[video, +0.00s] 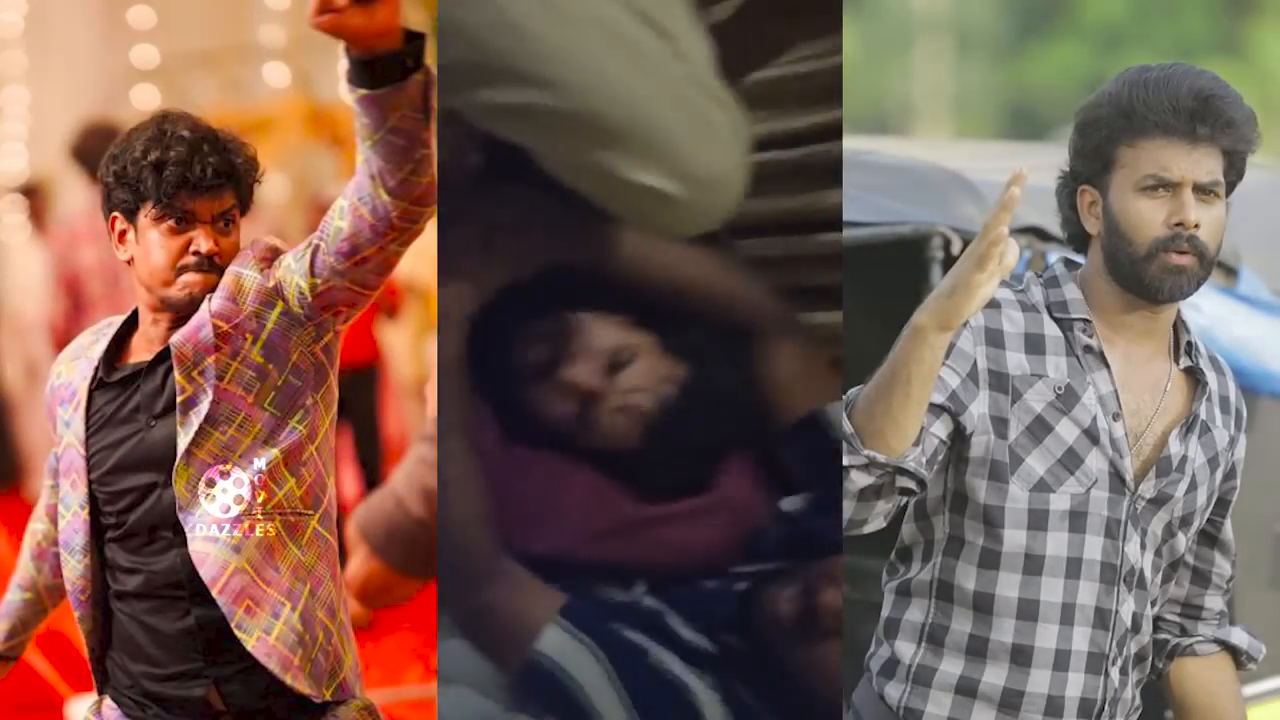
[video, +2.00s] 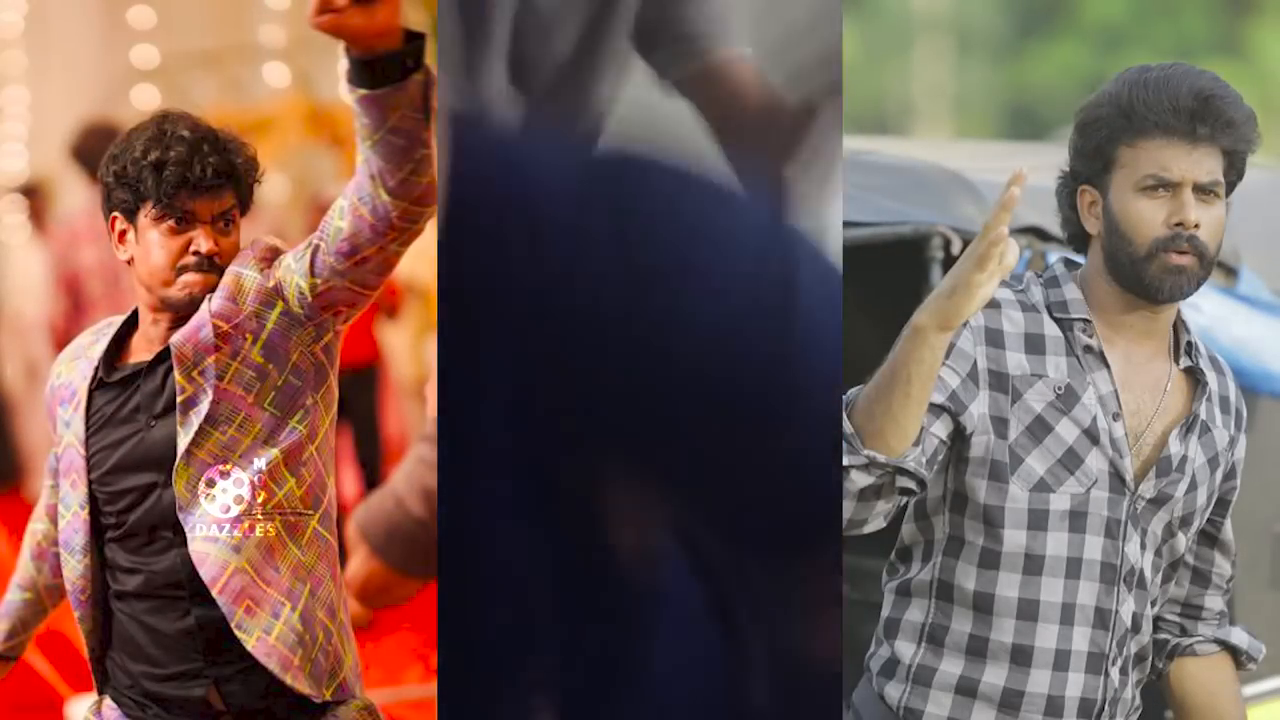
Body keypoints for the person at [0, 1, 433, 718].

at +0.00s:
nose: (206, 245)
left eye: (223, 222)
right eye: (179, 222)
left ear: (243, 230)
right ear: (122, 236)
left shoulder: (287, 312)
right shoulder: (76, 373)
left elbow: (394, 199)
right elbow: (56, 524)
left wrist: (380, 52)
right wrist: (7, 634)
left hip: (290, 700)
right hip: (140, 705)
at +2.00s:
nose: (206, 245)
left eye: (223, 222)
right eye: (179, 222)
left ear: (243, 230)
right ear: (122, 236)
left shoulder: (287, 312)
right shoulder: (76, 373)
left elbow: (394, 199)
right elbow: (56, 525)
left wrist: (380, 52)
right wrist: (7, 634)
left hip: (291, 700)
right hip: (140, 705)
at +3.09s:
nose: (206, 245)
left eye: (224, 223)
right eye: (179, 222)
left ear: (243, 230)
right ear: (123, 237)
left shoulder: (288, 311)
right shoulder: (76, 373)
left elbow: (395, 199)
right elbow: (56, 524)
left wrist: (381, 52)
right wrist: (8, 633)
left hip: (291, 700)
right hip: (140, 705)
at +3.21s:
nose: (206, 245)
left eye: (224, 223)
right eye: (179, 222)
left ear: (243, 230)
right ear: (123, 237)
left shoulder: (288, 311)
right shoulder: (76, 373)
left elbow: (394, 200)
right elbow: (56, 524)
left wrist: (381, 52)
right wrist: (8, 633)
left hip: (291, 700)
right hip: (140, 705)